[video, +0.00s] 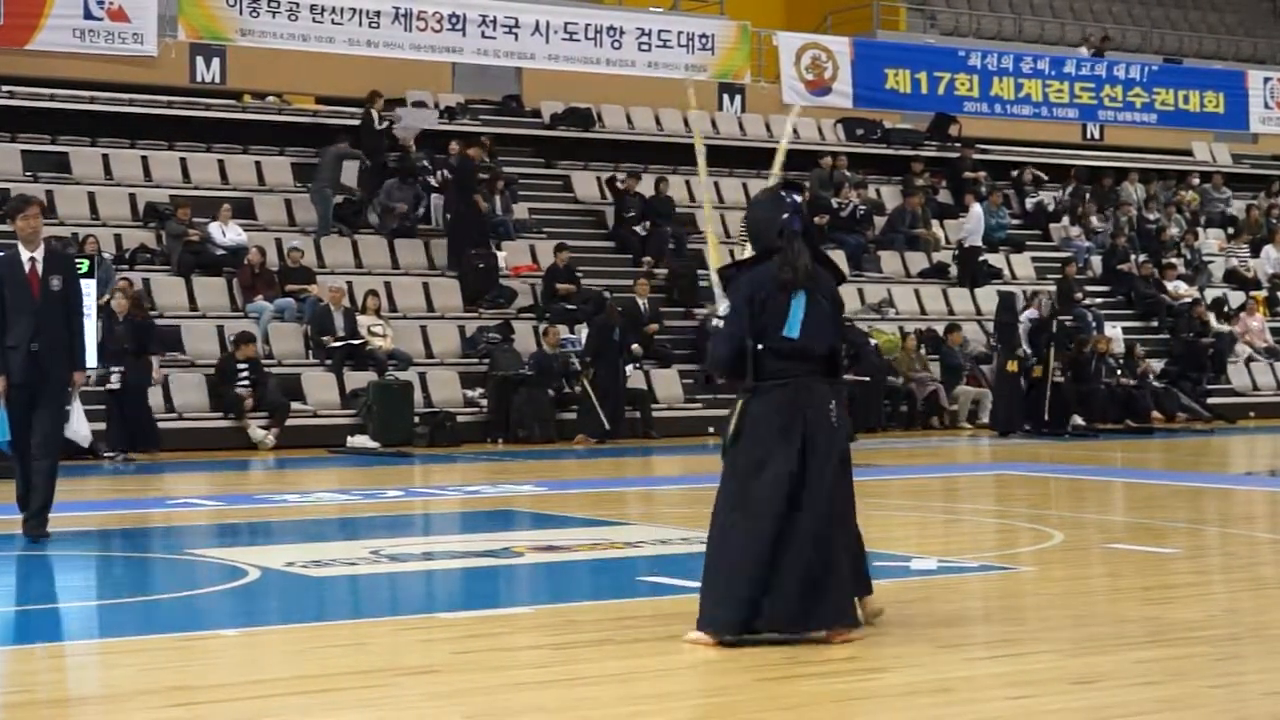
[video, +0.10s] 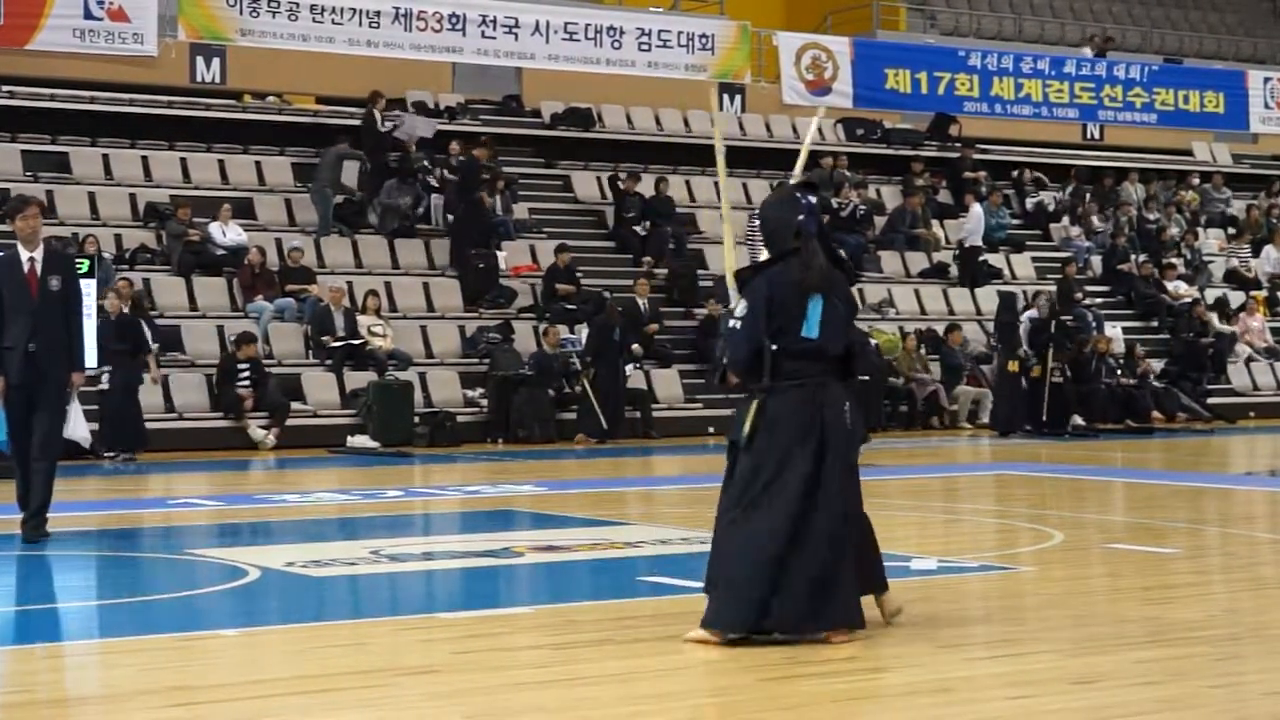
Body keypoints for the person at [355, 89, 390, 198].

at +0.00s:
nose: (383, 104)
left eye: (383, 101)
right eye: (381, 101)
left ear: (373, 101)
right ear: (375, 100)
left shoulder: (370, 113)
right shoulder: (372, 113)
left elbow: (375, 126)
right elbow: (375, 128)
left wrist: (387, 120)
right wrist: (388, 122)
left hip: (371, 148)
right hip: (373, 149)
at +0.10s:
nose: (384, 103)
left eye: (385, 101)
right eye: (384, 100)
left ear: (374, 100)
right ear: (378, 100)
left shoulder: (370, 113)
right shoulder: (374, 113)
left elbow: (378, 130)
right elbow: (378, 131)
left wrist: (393, 126)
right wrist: (394, 127)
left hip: (371, 147)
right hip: (375, 148)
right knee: (380, 171)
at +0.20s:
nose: (385, 104)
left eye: (385, 101)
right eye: (385, 101)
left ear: (374, 101)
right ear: (380, 101)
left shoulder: (370, 113)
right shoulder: (377, 113)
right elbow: (380, 131)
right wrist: (394, 129)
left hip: (370, 147)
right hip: (376, 147)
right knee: (381, 171)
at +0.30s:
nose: (388, 104)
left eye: (388, 102)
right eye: (387, 101)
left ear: (377, 102)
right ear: (382, 102)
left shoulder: (374, 115)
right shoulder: (379, 115)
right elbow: (382, 133)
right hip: (379, 148)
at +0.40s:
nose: (393, 106)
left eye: (393, 103)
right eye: (392, 103)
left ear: (382, 103)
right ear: (387, 103)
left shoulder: (377, 114)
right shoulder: (383, 115)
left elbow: (386, 134)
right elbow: (386, 135)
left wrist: (401, 132)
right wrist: (405, 145)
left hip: (376, 151)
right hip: (381, 153)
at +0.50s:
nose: (396, 106)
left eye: (396, 103)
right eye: (395, 103)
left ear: (387, 103)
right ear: (390, 103)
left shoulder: (381, 114)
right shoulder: (387, 115)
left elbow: (389, 133)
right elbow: (390, 134)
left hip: (380, 148)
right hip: (385, 150)